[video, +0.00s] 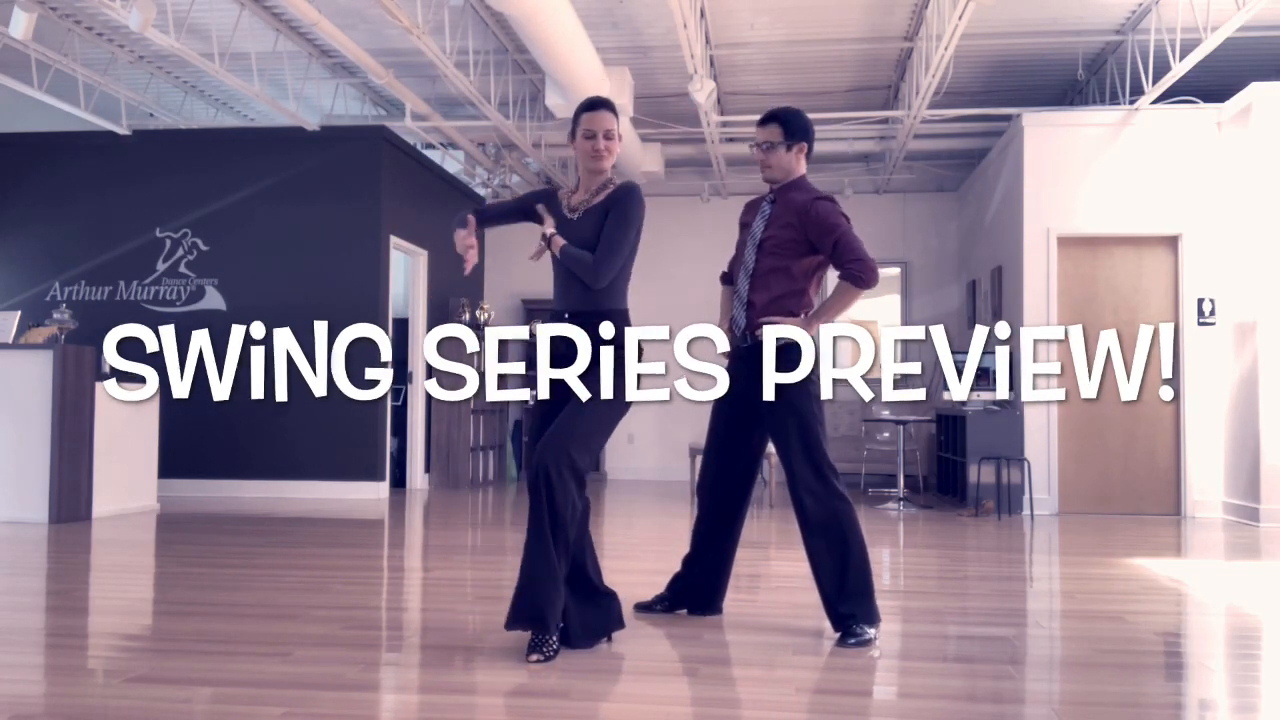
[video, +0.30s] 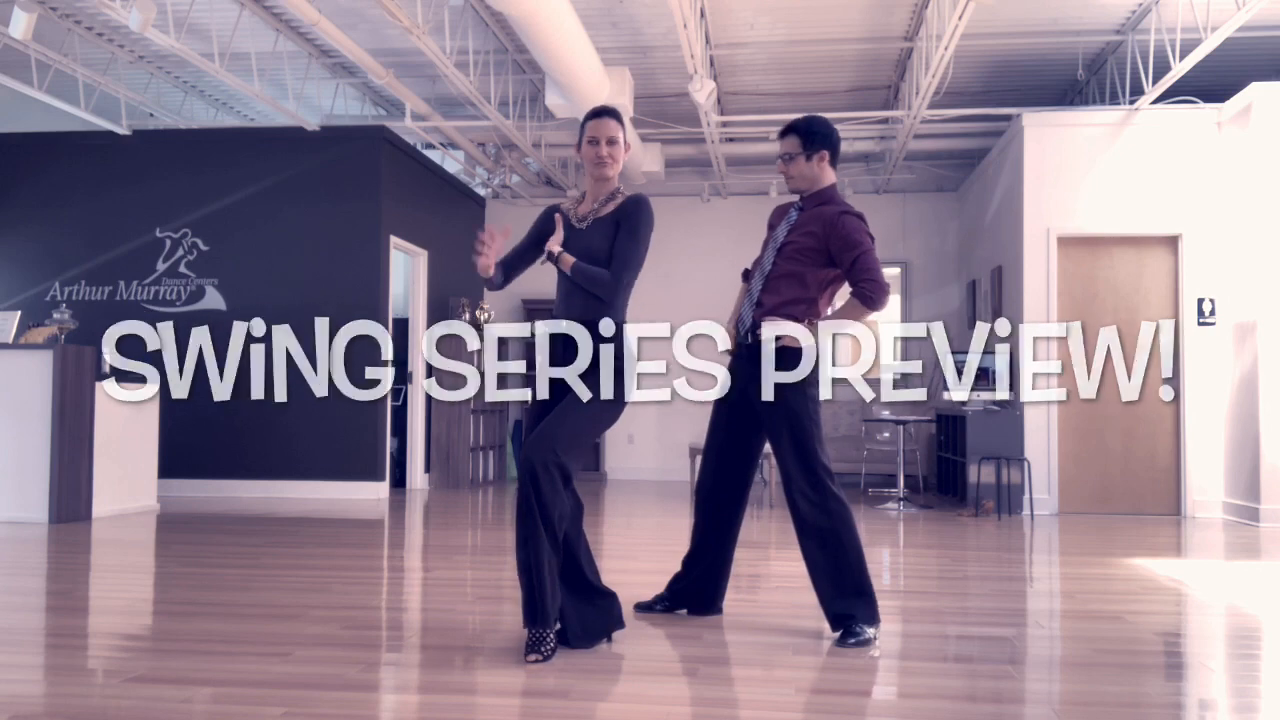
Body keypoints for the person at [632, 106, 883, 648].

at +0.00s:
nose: (759, 155)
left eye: (769, 146)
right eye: (756, 147)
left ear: (800, 151)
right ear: (758, 153)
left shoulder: (815, 207)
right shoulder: (756, 209)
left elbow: (862, 272)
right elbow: (733, 274)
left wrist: (812, 323)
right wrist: (729, 328)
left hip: (786, 357)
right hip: (743, 358)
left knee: (814, 484)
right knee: (723, 478)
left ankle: (856, 615)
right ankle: (697, 591)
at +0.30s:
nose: (781, 167)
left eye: (789, 158)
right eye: (780, 159)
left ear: (821, 158)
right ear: (802, 161)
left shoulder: (841, 219)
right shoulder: (786, 213)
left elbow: (874, 293)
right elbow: (766, 271)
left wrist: (828, 315)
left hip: (787, 357)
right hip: (748, 355)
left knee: (810, 484)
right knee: (721, 477)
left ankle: (855, 615)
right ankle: (697, 591)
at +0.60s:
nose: (795, 169)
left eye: (804, 161)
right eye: (794, 161)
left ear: (836, 164)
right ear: (814, 165)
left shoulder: (851, 224)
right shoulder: (799, 217)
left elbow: (877, 301)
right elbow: (780, 281)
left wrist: (817, 334)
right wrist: (746, 325)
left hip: (787, 363)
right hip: (751, 358)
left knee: (808, 486)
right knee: (722, 478)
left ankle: (854, 616)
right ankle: (697, 591)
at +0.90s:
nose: (796, 165)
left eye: (806, 156)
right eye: (796, 157)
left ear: (839, 163)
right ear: (807, 164)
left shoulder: (849, 222)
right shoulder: (799, 217)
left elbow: (875, 299)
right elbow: (783, 280)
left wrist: (817, 335)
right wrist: (748, 326)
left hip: (787, 364)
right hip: (752, 359)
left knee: (809, 487)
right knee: (721, 479)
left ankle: (855, 616)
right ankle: (697, 591)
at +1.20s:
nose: (792, 162)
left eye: (802, 154)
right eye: (792, 154)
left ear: (835, 161)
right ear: (808, 162)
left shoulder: (845, 219)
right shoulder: (796, 217)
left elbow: (870, 297)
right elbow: (779, 281)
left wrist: (813, 335)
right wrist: (744, 325)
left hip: (784, 364)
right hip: (749, 359)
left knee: (806, 487)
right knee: (720, 478)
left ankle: (855, 616)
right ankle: (697, 591)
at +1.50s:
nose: (787, 164)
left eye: (797, 156)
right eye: (787, 156)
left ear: (830, 162)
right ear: (800, 165)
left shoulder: (847, 221)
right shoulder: (791, 220)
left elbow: (876, 298)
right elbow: (761, 279)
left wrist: (821, 344)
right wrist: (744, 324)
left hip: (792, 368)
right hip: (753, 364)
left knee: (799, 493)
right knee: (719, 483)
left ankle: (854, 617)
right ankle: (695, 592)